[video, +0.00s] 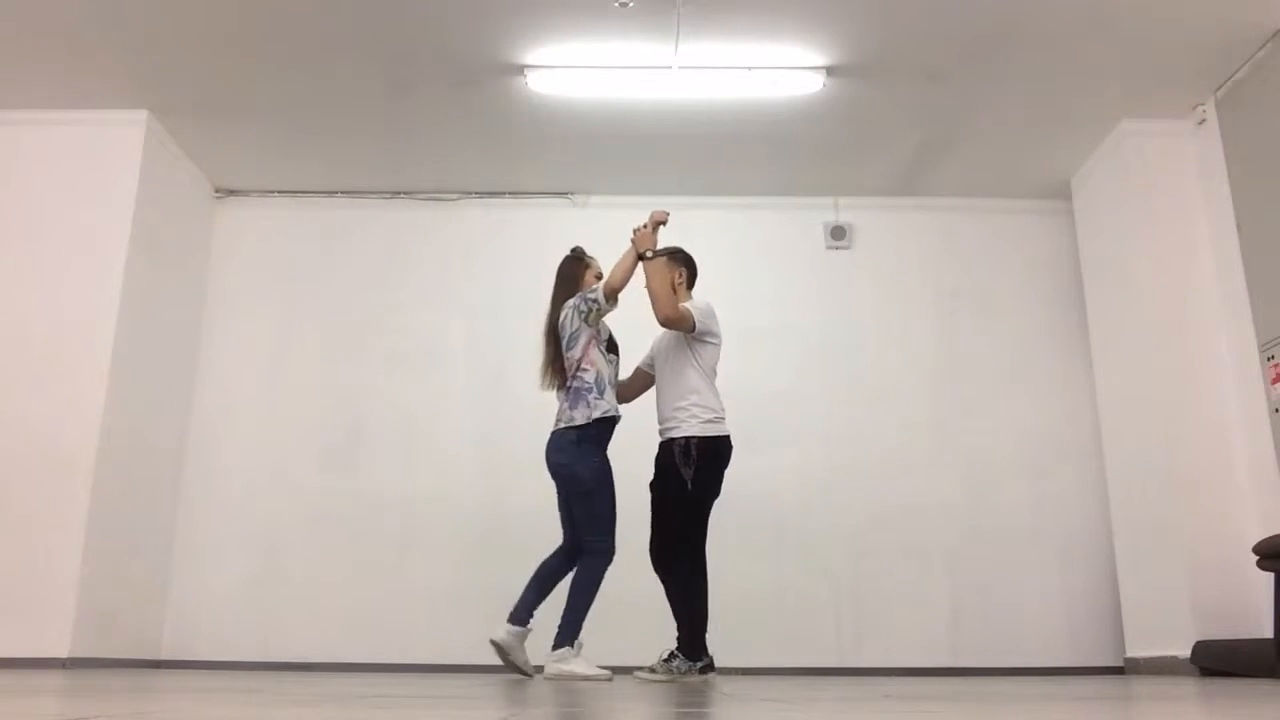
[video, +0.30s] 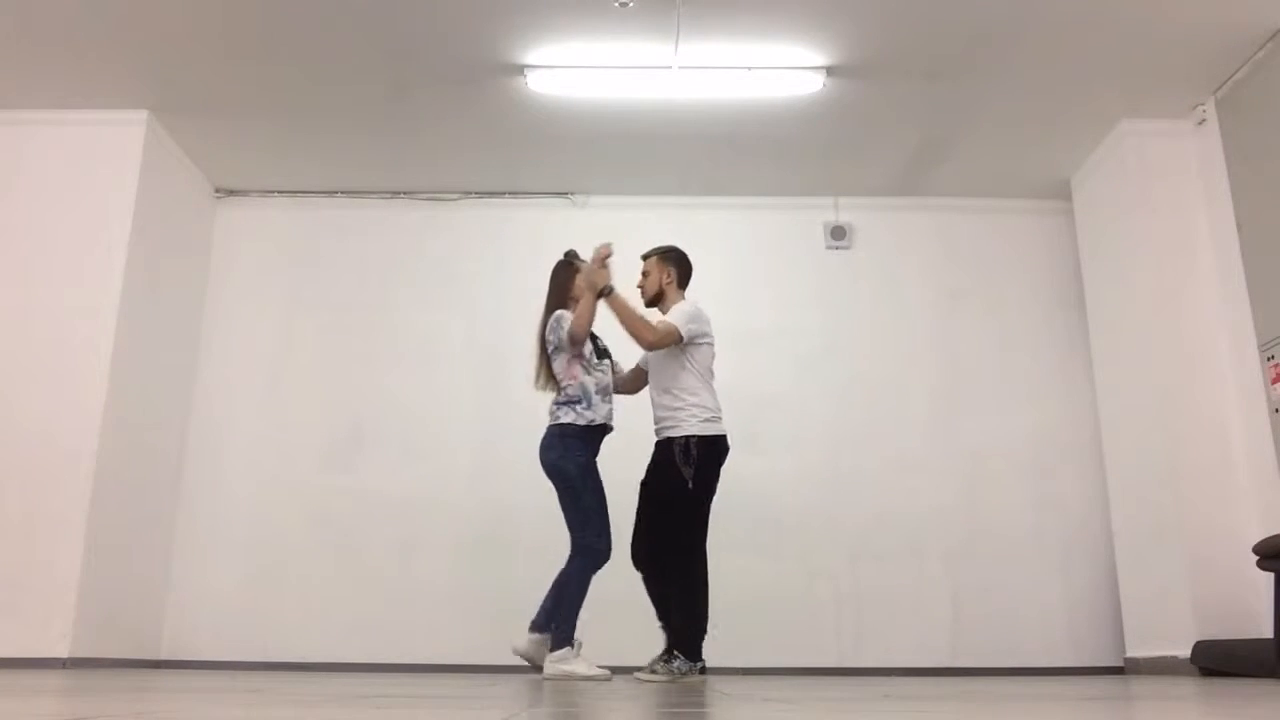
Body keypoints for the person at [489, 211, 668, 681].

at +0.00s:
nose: (602, 281)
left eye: (601, 276)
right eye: (595, 275)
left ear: (580, 280)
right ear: (578, 279)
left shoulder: (581, 320)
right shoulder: (576, 311)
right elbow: (612, 287)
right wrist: (641, 242)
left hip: (568, 444)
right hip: (581, 445)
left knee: (573, 548)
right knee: (599, 550)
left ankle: (513, 632)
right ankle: (563, 652)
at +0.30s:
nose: (595, 281)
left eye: (594, 276)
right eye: (589, 275)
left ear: (577, 286)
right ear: (573, 282)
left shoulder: (592, 336)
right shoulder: (559, 321)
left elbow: (624, 384)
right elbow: (578, 336)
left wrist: (662, 358)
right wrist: (595, 285)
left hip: (582, 444)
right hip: (567, 443)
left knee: (594, 548)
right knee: (590, 547)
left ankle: (538, 636)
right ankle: (561, 651)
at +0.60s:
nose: (583, 293)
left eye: (585, 288)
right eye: (575, 287)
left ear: (584, 295)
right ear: (553, 292)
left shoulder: (594, 340)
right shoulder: (542, 337)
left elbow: (624, 372)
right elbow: (540, 395)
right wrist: (553, 356)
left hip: (591, 449)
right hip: (558, 447)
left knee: (585, 547)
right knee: (569, 543)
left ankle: (561, 646)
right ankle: (556, 650)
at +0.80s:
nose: (574, 297)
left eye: (576, 292)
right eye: (566, 291)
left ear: (578, 301)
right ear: (544, 299)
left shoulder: (585, 348)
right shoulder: (532, 343)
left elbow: (614, 378)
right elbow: (515, 379)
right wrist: (532, 338)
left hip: (589, 451)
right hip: (553, 453)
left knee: (578, 545)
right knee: (584, 539)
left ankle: (557, 645)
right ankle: (539, 630)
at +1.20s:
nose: (571, 301)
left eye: (575, 295)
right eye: (564, 294)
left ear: (576, 298)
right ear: (545, 296)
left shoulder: (579, 344)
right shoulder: (528, 331)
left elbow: (604, 375)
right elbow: (533, 347)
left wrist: (648, 363)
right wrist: (558, 306)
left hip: (569, 455)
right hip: (526, 453)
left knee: (583, 543)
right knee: (522, 551)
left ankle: (560, 638)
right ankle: (511, 647)